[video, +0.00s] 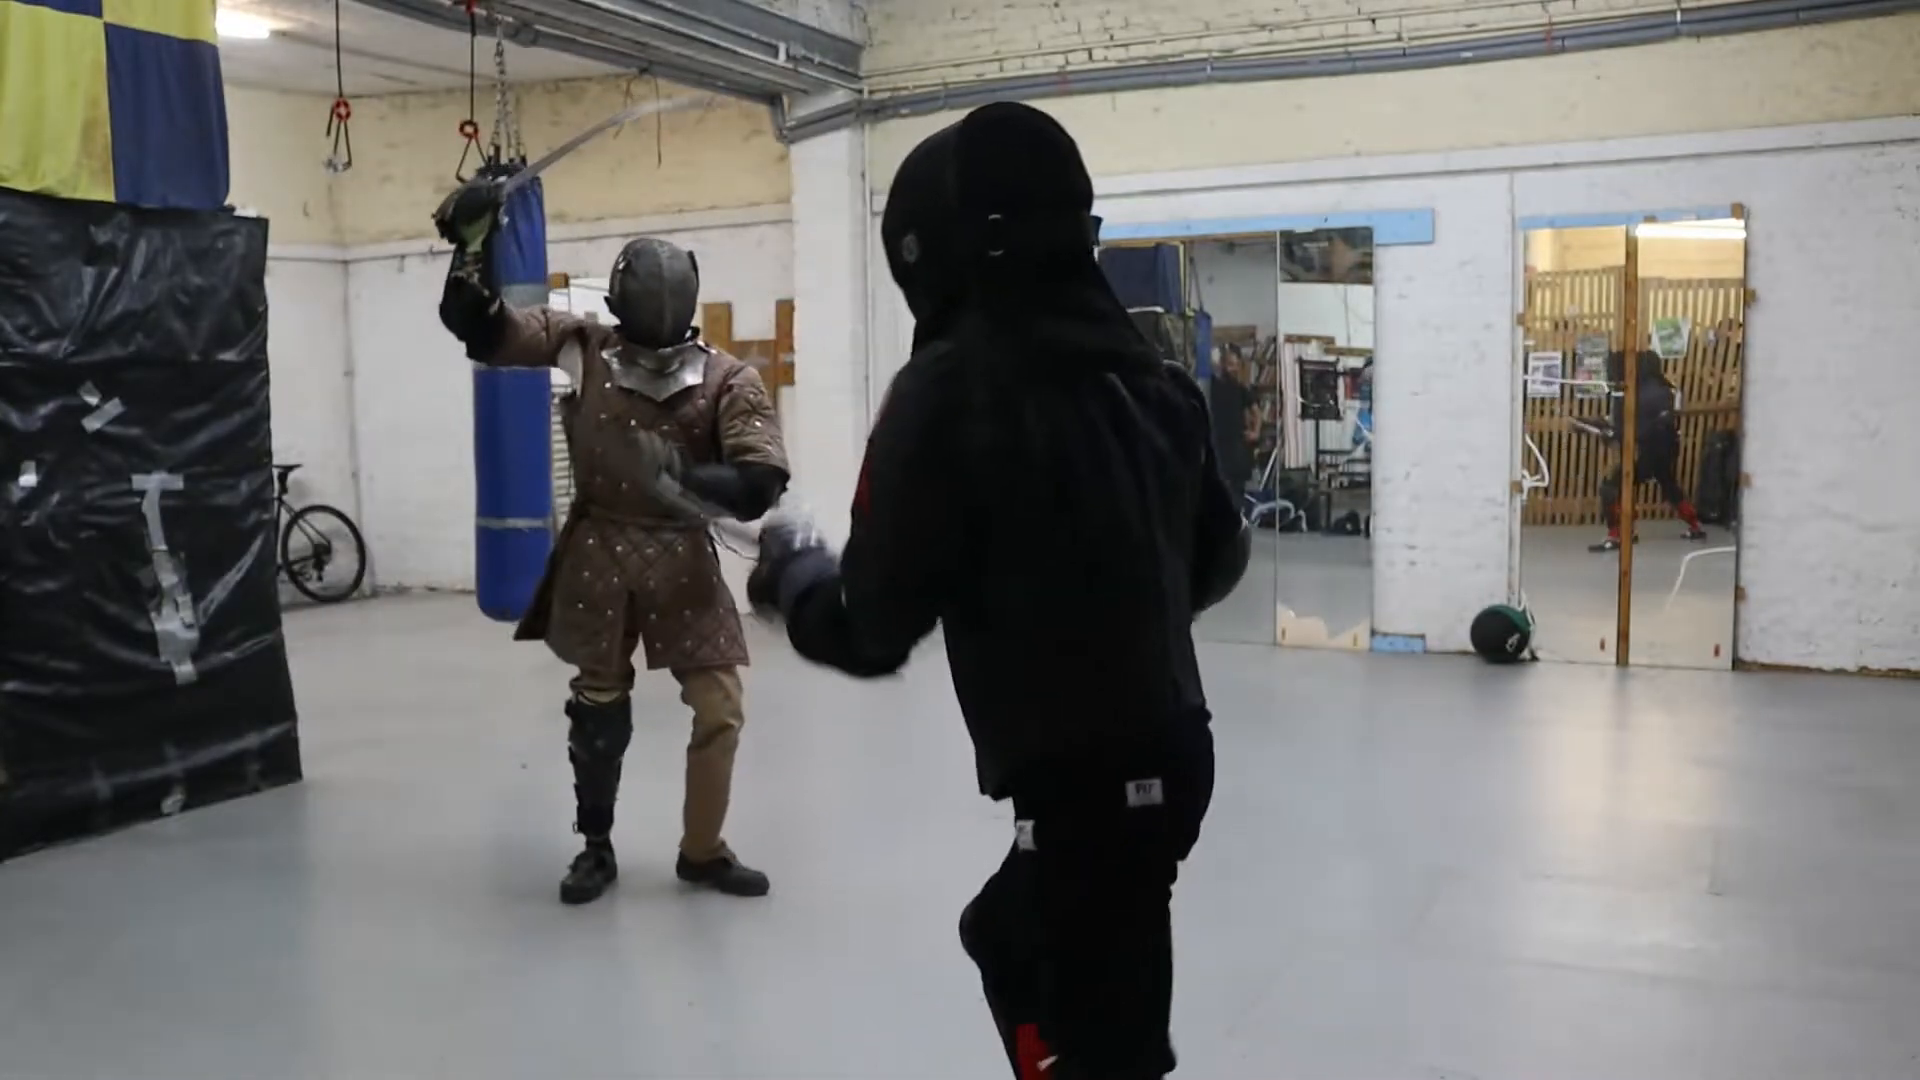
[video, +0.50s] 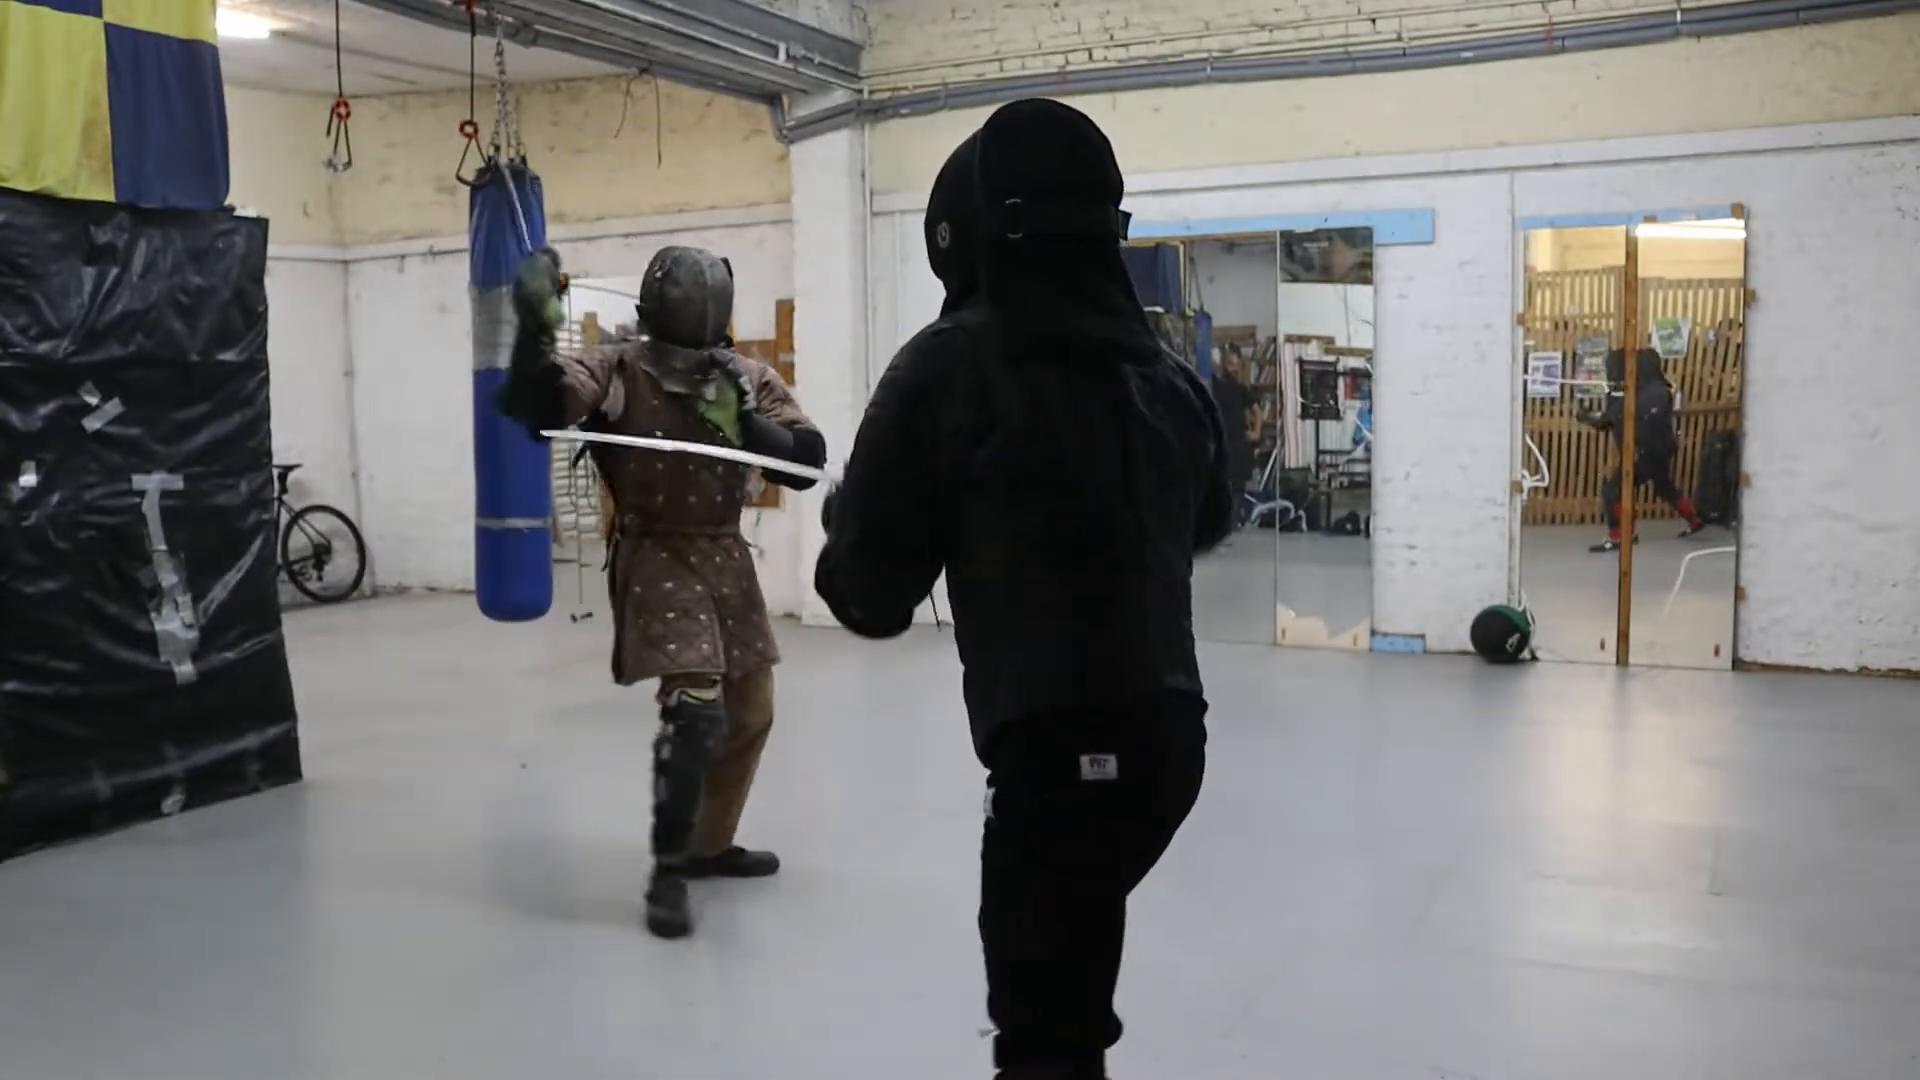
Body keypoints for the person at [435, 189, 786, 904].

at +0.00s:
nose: (650, 350)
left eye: (665, 339)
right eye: (637, 337)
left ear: (688, 318)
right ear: (617, 314)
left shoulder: (727, 381)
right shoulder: (581, 345)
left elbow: (762, 483)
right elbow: (483, 331)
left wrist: (686, 478)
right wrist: (468, 250)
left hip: (684, 558)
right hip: (599, 552)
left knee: (722, 710)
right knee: (599, 712)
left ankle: (702, 851)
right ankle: (595, 849)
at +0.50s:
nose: (689, 356)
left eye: (701, 341)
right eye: (676, 340)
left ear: (722, 324)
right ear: (651, 319)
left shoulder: (745, 377)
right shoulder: (617, 371)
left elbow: (810, 458)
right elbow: (536, 406)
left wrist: (745, 421)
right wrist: (536, 324)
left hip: (726, 554)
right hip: (655, 554)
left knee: (751, 713)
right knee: (697, 708)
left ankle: (710, 845)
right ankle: (668, 875)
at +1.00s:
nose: (707, 359)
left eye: (716, 344)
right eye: (692, 345)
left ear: (732, 342)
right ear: (662, 345)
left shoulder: (739, 402)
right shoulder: (637, 425)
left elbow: (792, 462)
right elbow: (672, 550)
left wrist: (775, 467)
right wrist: (771, 609)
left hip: (733, 592)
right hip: (669, 599)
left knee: (780, 726)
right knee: (718, 733)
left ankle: (721, 851)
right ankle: (675, 905)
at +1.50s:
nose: (716, 353)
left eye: (728, 336)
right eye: (701, 336)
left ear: (741, 325)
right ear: (668, 327)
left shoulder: (746, 388)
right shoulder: (634, 379)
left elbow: (804, 478)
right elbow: (665, 470)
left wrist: (768, 488)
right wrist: (745, 473)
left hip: (730, 578)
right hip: (664, 583)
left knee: (756, 726)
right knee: (717, 741)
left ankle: (715, 847)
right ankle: (670, 908)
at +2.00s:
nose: (784, 371)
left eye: (782, 356)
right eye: (771, 355)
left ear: (685, 353)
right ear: (737, 351)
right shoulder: (727, 430)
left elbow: (602, 516)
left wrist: (637, 585)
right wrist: (828, 579)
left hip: (721, 612)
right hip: (686, 624)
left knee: (813, 745)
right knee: (774, 785)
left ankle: (756, 876)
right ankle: (682, 969)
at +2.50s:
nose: (765, 344)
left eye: (778, 326)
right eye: (748, 327)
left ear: (796, 315)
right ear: (710, 312)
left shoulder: (817, 381)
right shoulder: (670, 382)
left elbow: (848, 480)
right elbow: (634, 515)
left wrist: (836, 537)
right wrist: (725, 544)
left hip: (807, 596)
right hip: (727, 609)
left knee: (813, 767)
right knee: (813, 782)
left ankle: (734, 876)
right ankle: (732, 951)